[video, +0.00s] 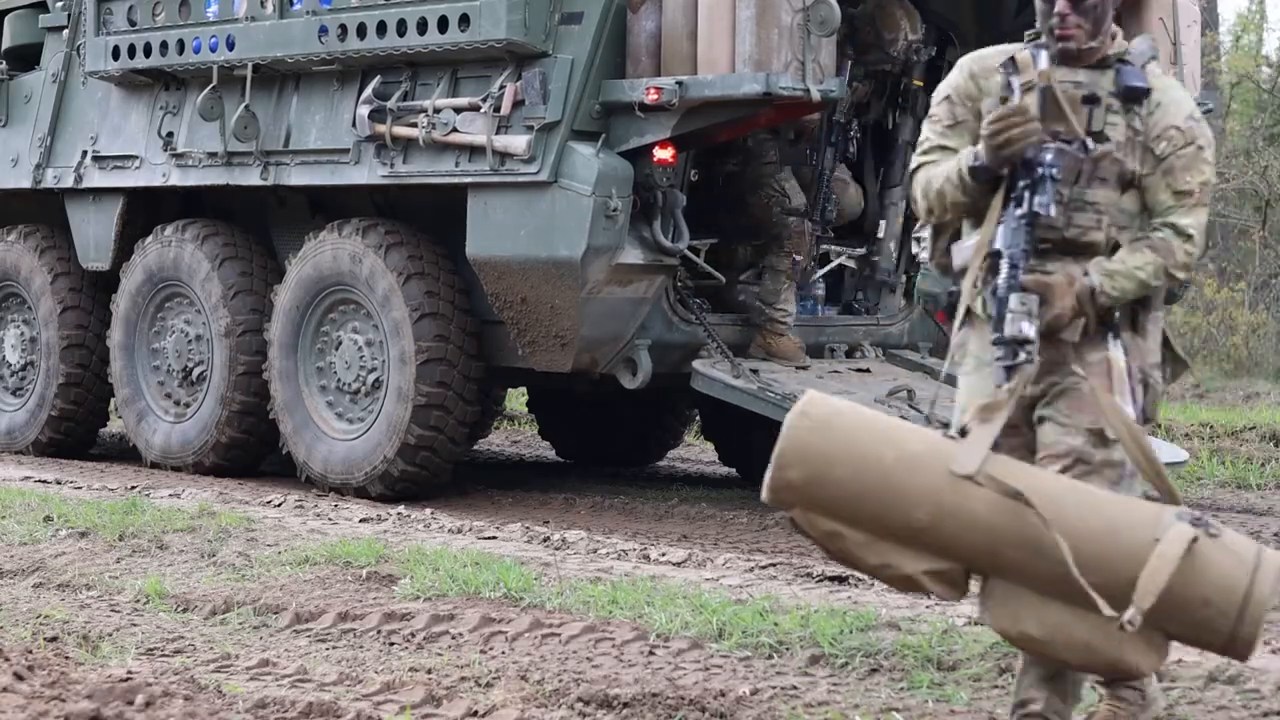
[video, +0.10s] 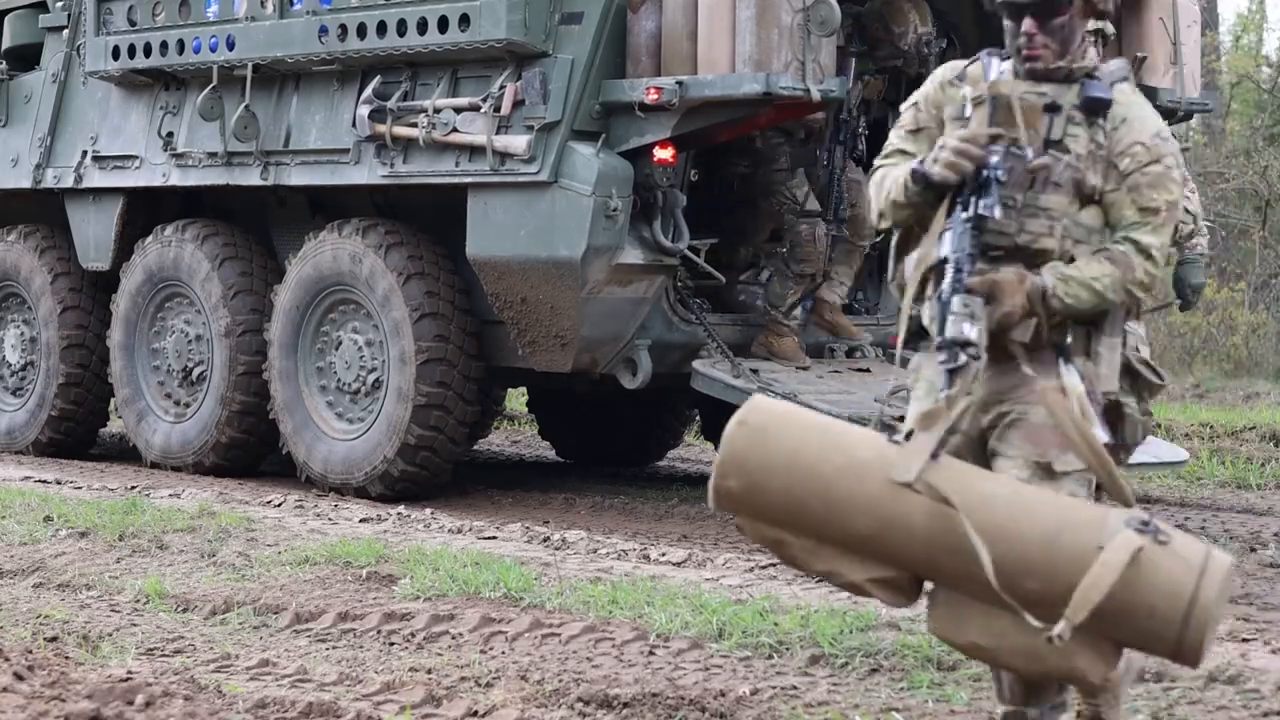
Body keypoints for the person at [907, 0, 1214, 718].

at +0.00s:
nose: (1067, 13)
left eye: (1086, 3)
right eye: (1056, 1)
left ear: (1117, 12)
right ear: (1040, 6)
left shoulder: (1162, 106)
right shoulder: (980, 75)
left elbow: (1180, 238)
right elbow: (924, 193)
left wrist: (1089, 287)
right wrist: (984, 160)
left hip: (1098, 347)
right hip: (992, 339)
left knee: (1076, 519)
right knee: (1004, 516)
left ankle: (1040, 698)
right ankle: (1128, 678)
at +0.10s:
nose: (1030, 28)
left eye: (1049, 14)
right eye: (1017, 14)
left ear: (1085, 16)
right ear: (1001, 18)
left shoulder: (1126, 119)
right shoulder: (954, 87)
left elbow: (1146, 255)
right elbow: (880, 202)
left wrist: (1041, 292)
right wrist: (929, 174)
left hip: (1057, 371)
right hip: (944, 363)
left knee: (1041, 546)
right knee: (964, 542)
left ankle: (1065, 703)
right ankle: (1019, 700)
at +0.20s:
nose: (979, 40)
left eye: (996, 22)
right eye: (964, 26)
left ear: (1037, 20)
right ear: (950, 29)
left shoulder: (1087, 133)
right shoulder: (912, 101)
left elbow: (1095, 266)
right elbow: (844, 200)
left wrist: (984, 285)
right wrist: (871, 215)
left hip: (1013, 388)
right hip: (901, 379)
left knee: (1003, 573)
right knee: (932, 568)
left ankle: (1011, 706)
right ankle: (1002, 701)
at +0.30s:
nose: (908, 35)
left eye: (926, 19)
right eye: (896, 21)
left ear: (976, 12)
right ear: (885, 23)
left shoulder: (1029, 121)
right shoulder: (861, 95)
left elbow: (1048, 260)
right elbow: (809, 190)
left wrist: (914, 279)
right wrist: (819, 246)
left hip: (966, 395)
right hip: (844, 381)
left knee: (959, 611)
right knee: (782, 562)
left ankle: (985, 706)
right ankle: (832, 703)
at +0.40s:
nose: (830, 26)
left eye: (848, 11)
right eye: (818, 12)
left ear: (898, 5)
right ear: (808, 13)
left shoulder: (959, 98)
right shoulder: (792, 90)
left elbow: (975, 248)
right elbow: (753, 206)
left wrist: (849, 264)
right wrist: (749, 244)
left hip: (908, 379)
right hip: (788, 368)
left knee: (914, 573)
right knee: (711, 550)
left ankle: (978, 702)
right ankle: (680, 710)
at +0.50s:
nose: (749, 16)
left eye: (766, 4)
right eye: (739, 6)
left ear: (817, 1)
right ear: (729, 12)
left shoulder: (882, 87)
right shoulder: (722, 88)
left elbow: (910, 231)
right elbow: (685, 214)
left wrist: (780, 249)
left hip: (838, 378)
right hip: (726, 371)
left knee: (860, 573)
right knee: (651, 554)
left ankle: (954, 708)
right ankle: (669, 708)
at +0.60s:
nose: (677, 5)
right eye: (672, 0)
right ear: (669, 8)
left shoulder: (817, 69)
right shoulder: (663, 79)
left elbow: (855, 214)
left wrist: (721, 234)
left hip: (775, 367)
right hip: (666, 360)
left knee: (766, 577)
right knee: (618, 577)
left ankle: (896, 708)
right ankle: (655, 707)